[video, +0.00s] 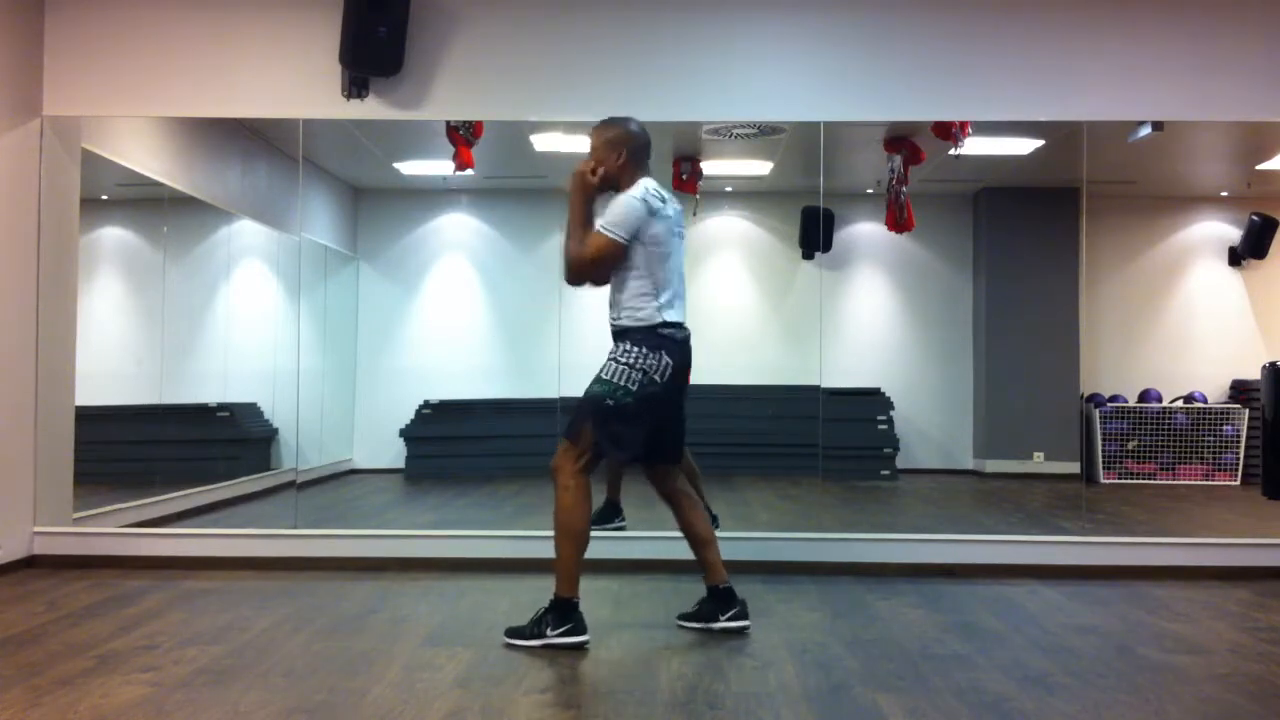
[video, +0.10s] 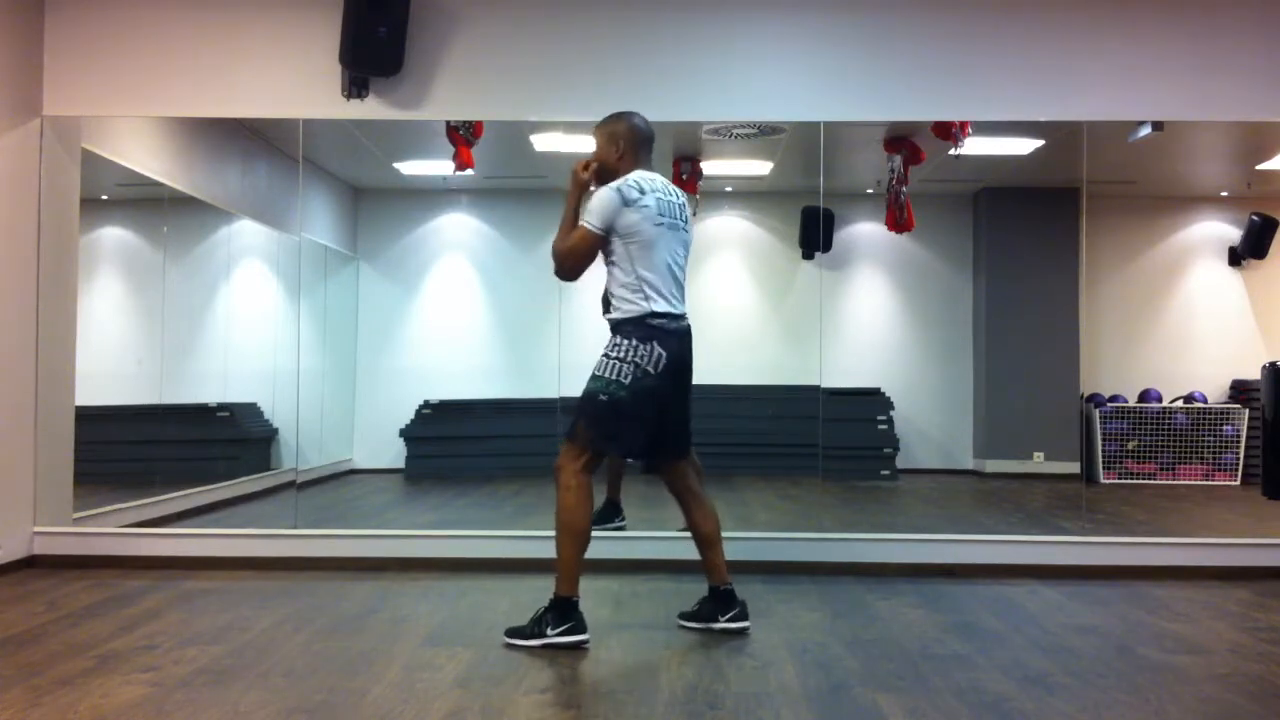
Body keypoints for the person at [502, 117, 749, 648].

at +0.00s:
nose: (590, 163)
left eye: (595, 154)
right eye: (591, 155)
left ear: (622, 156)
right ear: (633, 155)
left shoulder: (637, 199)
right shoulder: (659, 200)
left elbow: (577, 268)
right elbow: (600, 272)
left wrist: (578, 195)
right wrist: (590, 207)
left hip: (642, 350)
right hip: (664, 349)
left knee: (570, 464)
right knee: (669, 475)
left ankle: (564, 610)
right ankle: (722, 595)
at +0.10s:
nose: (594, 157)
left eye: (598, 148)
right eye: (595, 148)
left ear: (620, 148)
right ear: (644, 147)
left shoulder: (617, 194)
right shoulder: (678, 199)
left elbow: (566, 264)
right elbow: (648, 248)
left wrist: (575, 195)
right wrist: (603, 193)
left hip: (636, 342)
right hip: (674, 343)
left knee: (573, 464)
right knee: (681, 472)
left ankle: (564, 608)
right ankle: (723, 596)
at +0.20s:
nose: (586, 163)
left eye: (590, 154)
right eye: (589, 153)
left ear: (608, 154)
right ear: (636, 154)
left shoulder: (606, 197)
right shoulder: (678, 203)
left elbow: (568, 275)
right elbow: (662, 267)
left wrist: (574, 204)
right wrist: (599, 208)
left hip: (633, 346)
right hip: (673, 346)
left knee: (567, 466)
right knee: (683, 476)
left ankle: (562, 610)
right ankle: (725, 596)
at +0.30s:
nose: (572, 173)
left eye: (577, 163)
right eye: (573, 163)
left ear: (603, 165)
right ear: (619, 165)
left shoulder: (614, 206)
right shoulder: (661, 208)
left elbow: (571, 284)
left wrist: (566, 215)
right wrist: (586, 221)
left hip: (637, 357)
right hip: (668, 356)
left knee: (562, 466)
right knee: (666, 479)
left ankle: (562, 610)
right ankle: (734, 591)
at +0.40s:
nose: (577, 179)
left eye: (584, 169)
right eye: (579, 169)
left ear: (614, 176)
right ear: (623, 175)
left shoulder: (636, 220)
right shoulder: (645, 216)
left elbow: (580, 289)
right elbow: (591, 286)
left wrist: (575, 216)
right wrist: (583, 218)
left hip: (634, 369)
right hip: (655, 368)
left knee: (549, 468)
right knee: (663, 490)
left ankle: (561, 611)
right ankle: (743, 593)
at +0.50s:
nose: (582, 180)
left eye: (588, 169)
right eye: (583, 169)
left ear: (617, 173)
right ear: (629, 174)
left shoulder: (625, 218)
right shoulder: (658, 218)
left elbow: (570, 288)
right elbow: (584, 286)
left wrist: (573, 219)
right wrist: (582, 220)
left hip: (627, 369)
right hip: (656, 369)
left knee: (536, 465)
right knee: (650, 488)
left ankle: (556, 603)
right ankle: (733, 582)